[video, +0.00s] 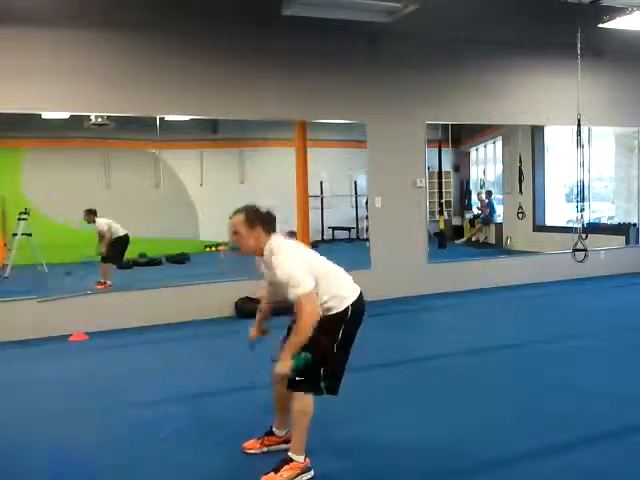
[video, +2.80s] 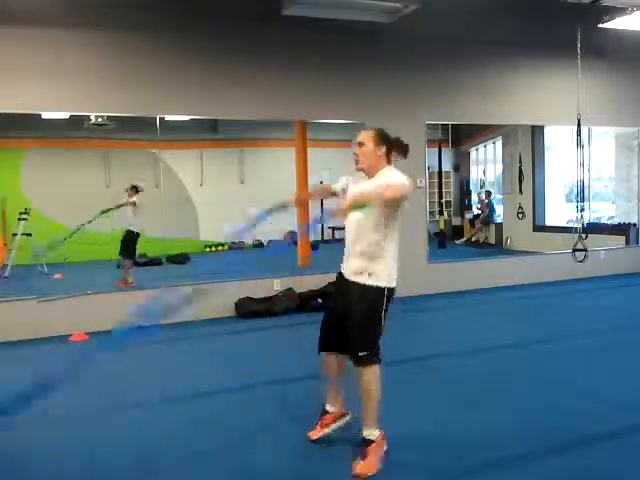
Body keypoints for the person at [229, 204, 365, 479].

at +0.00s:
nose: (234, 239)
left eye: (237, 232)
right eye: (233, 233)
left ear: (257, 231)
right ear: (256, 232)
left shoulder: (284, 258)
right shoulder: (269, 254)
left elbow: (310, 312)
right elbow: (272, 292)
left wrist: (287, 357)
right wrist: (261, 322)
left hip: (342, 307)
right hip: (315, 304)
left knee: (301, 380)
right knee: (283, 368)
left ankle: (298, 460)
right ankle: (281, 433)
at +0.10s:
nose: (249, 201)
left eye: (254, 194)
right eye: (249, 195)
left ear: (274, 195)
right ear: (271, 196)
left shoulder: (296, 227)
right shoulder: (274, 226)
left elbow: (311, 285)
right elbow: (274, 268)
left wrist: (277, 317)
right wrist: (251, 292)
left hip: (333, 302)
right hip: (305, 298)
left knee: (301, 382)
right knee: (281, 371)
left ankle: (298, 460)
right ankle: (280, 432)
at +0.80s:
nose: (289, 165)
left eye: (296, 159)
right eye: (290, 159)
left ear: (316, 166)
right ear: (303, 165)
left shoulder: (326, 200)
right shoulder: (295, 198)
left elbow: (323, 255)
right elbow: (287, 246)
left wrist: (292, 291)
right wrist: (269, 280)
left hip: (318, 298)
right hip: (291, 296)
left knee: (310, 376)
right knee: (281, 370)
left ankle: (313, 453)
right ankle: (280, 432)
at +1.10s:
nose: (313, 164)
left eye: (320, 157)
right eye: (313, 158)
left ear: (341, 164)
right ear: (326, 165)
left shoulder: (352, 203)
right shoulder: (322, 201)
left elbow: (363, 258)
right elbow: (325, 250)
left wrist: (336, 293)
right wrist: (303, 276)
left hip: (347, 303)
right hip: (318, 298)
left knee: (349, 377)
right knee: (303, 367)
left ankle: (363, 447)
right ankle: (286, 429)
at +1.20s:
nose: (323, 161)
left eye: (329, 155)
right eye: (324, 155)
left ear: (350, 162)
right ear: (339, 162)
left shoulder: (361, 197)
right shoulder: (333, 197)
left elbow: (378, 247)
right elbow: (338, 246)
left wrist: (347, 276)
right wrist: (317, 262)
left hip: (356, 302)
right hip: (327, 298)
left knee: (357, 376)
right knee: (312, 365)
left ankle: (363, 446)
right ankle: (306, 424)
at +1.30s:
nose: (329, 161)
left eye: (335, 156)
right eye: (329, 156)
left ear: (356, 159)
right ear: (345, 160)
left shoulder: (368, 191)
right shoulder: (336, 194)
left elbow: (391, 226)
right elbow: (327, 221)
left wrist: (361, 244)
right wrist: (303, 229)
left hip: (359, 298)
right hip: (332, 293)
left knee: (360, 375)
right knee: (330, 364)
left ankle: (365, 446)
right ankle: (337, 421)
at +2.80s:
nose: (355, 151)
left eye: (362, 145)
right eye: (355, 146)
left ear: (383, 151)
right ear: (361, 153)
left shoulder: (396, 179)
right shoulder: (354, 183)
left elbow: (395, 194)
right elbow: (322, 191)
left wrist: (359, 200)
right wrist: (296, 200)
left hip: (376, 282)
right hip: (348, 277)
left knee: (365, 357)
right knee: (329, 346)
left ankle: (373, 438)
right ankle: (334, 410)